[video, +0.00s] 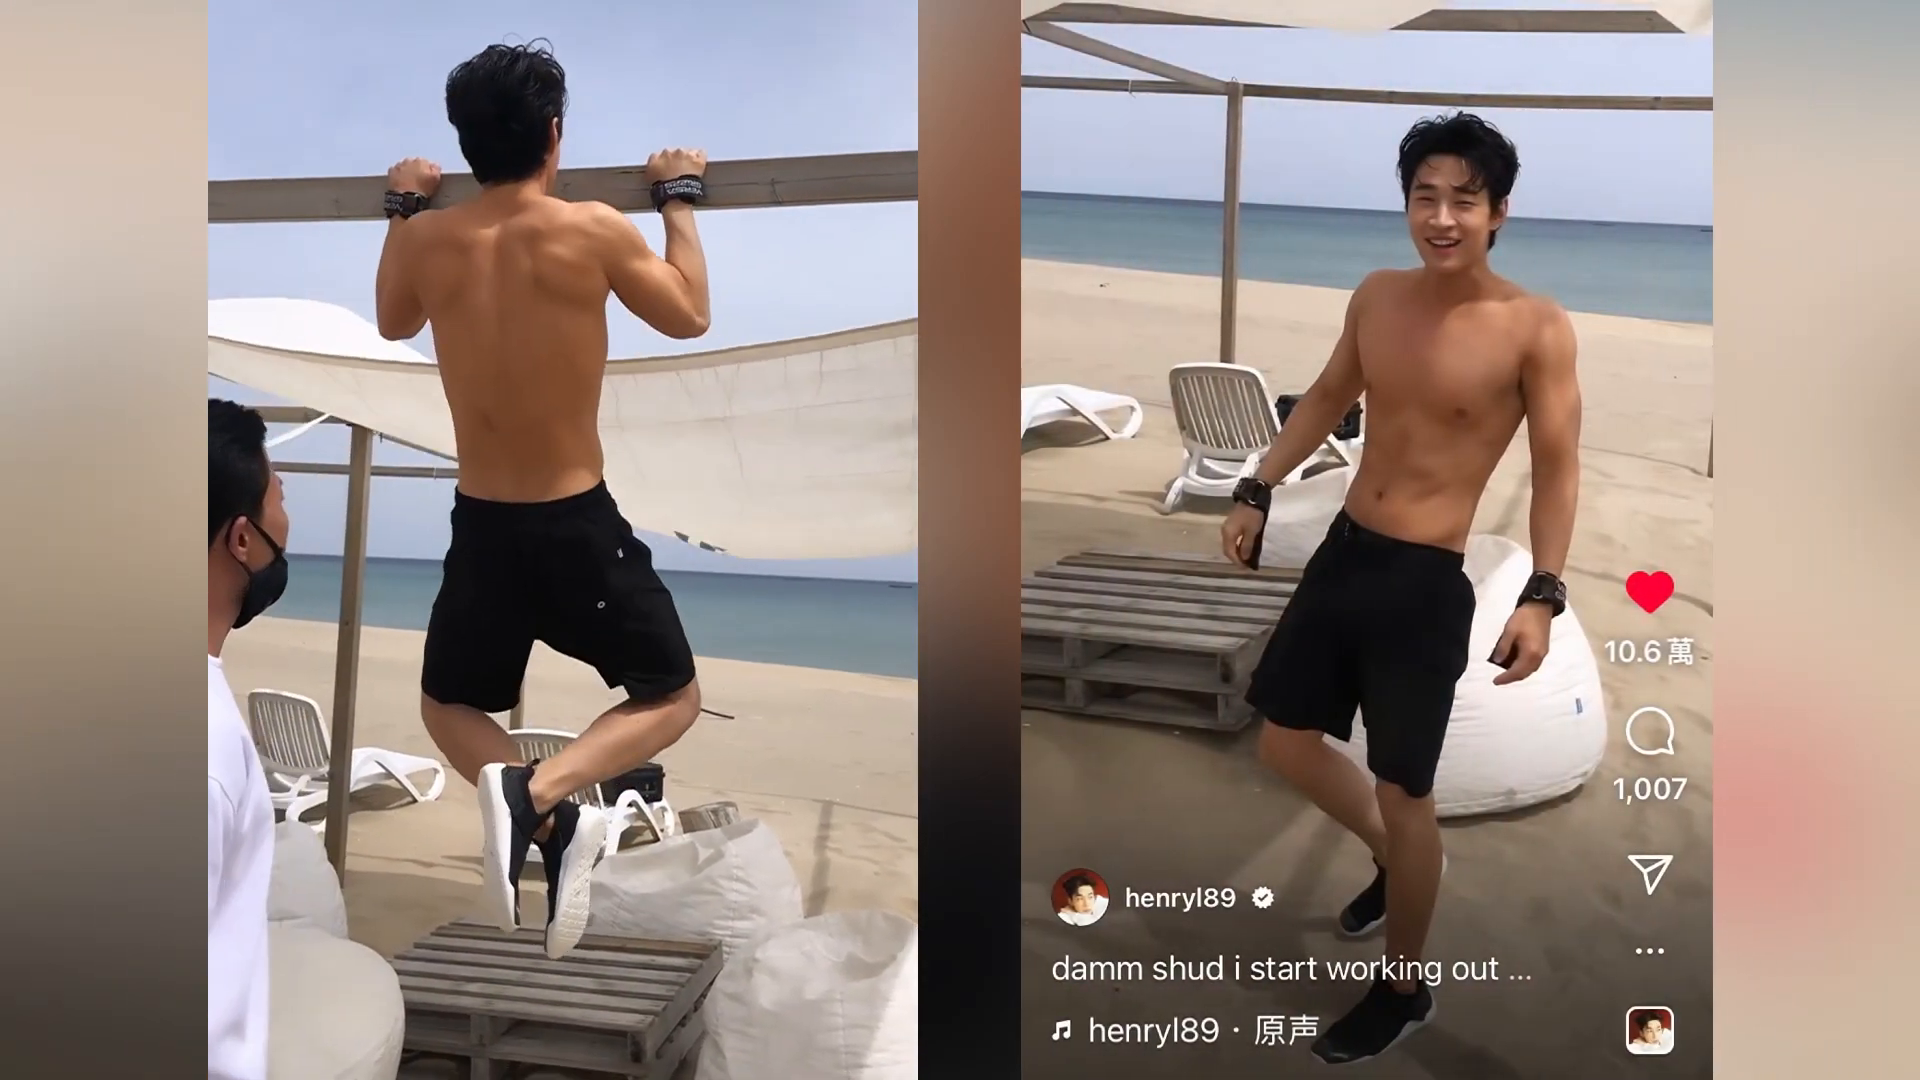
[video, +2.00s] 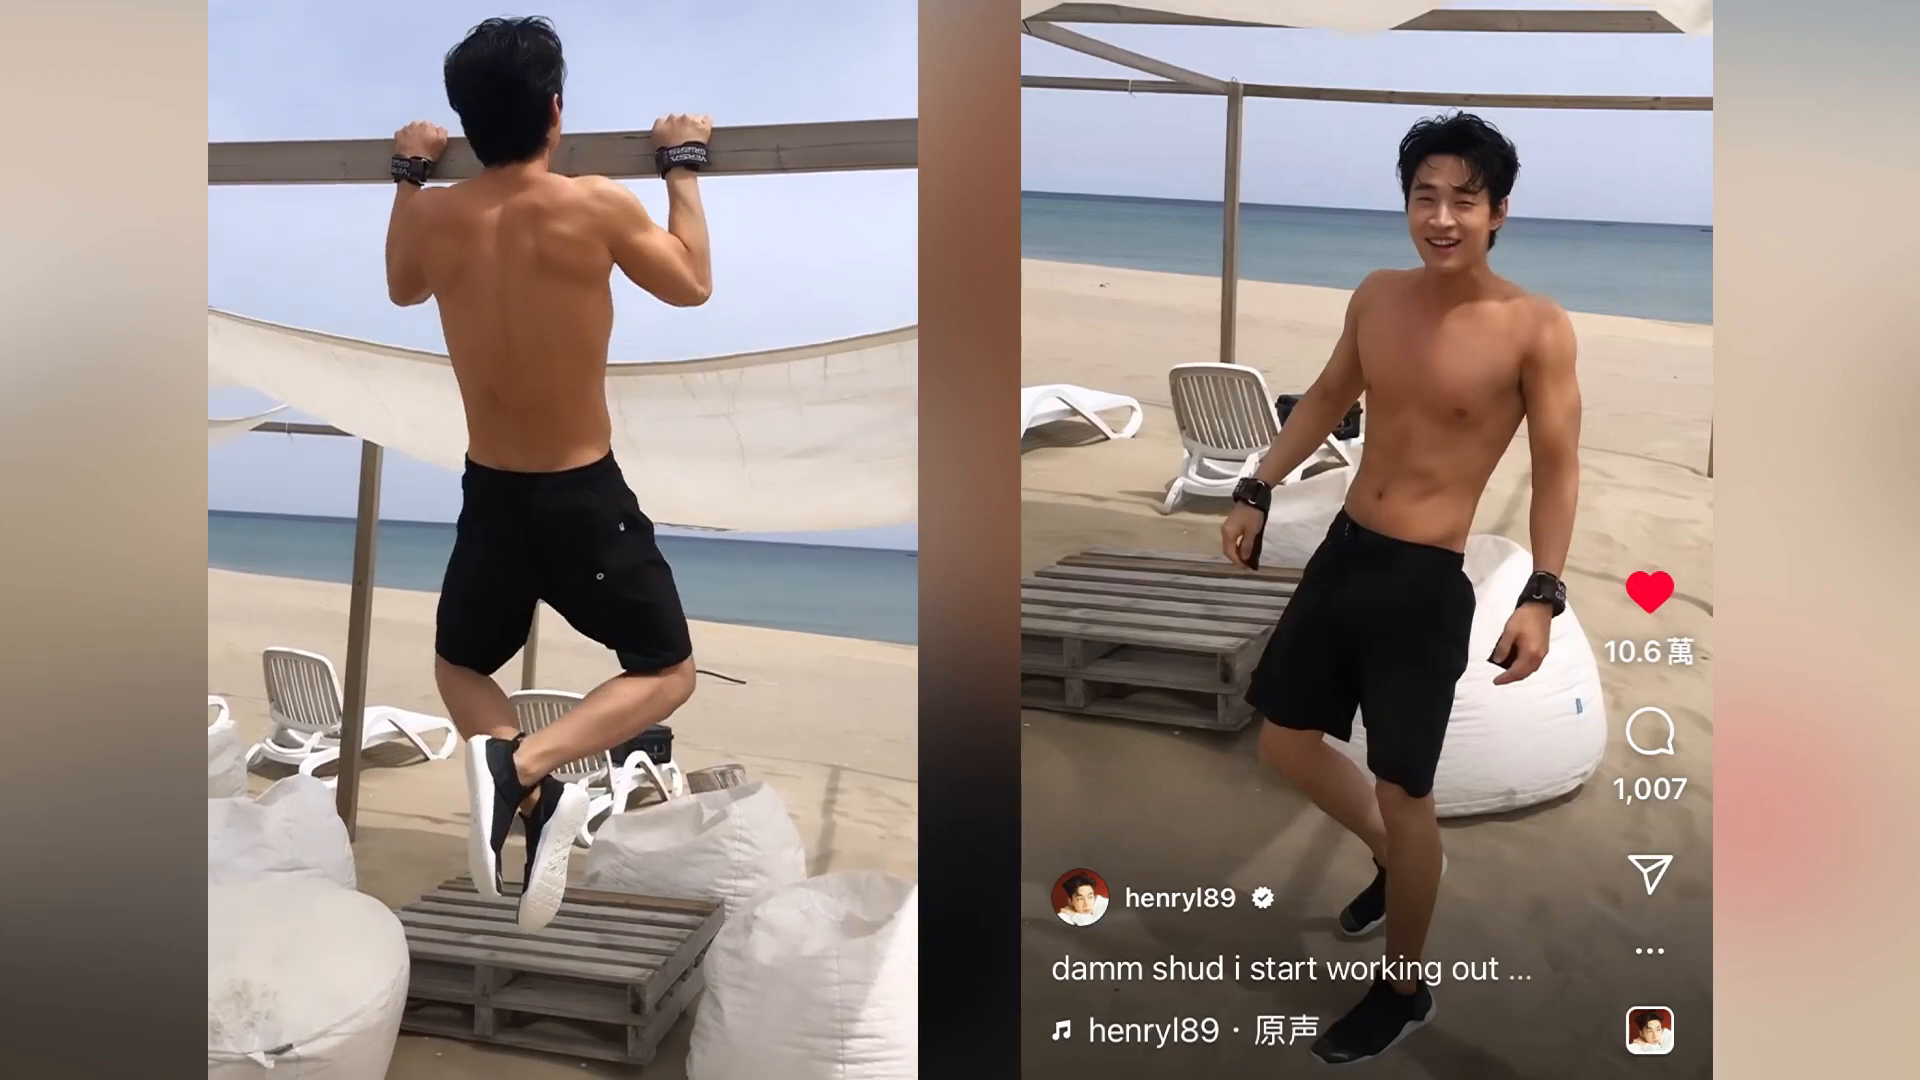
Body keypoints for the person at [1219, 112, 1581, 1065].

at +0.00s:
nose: (1440, 216)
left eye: (1462, 198)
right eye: (1424, 197)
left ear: (1498, 210)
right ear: (1406, 208)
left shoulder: (1534, 328)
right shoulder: (1378, 297)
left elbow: (1556, 468)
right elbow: (1329, 398)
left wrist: (1540, 595)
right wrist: (1256, 484)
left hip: (1427, 579)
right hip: (1345, 554)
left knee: (1402, 799)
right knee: (1284, 742)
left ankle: (1402, 981)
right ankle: (1398, 847)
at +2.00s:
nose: (1440, 216)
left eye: (1462, 198)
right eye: (1424, 197)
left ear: (1498, 210)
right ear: (1406, 208)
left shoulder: (1535, 328)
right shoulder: (1378, 297)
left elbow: (1556, 468)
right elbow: (1330, 398)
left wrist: (1540, 595)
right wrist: (1256, 484)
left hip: (1426, 579)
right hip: (1345, 553)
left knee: (1402, 800)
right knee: (1284, 742)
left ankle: (1402, 981)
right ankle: (1398, 848)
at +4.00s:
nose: (1440, 216)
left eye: (1462, 198)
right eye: (1424, 197)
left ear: (1498, 210)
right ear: (1406, 208)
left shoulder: (1535, 328)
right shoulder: (1378, 296)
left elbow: (1556, 468)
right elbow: (1330, 398)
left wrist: (1540, 595)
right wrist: (1255, 484)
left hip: (1426, 579)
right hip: (1345, 553)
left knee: (1402, 799)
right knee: (1284, 742)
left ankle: (1403, 981)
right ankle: (1398, 847)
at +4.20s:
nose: (1440, 216)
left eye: (1462, 198)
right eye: (1424, 197)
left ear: (1498, 210)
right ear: (1406, 207)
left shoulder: (1535, 328)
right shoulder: (1378, 296)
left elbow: (1556, 469)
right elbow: (1330, 398)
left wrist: (1540, 595)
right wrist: (1255, 484)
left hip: (1426, 579)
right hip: (1345, 554)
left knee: (1402, 799)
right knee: (1284, 742)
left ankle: (1402, 982)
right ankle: (1397, 848)